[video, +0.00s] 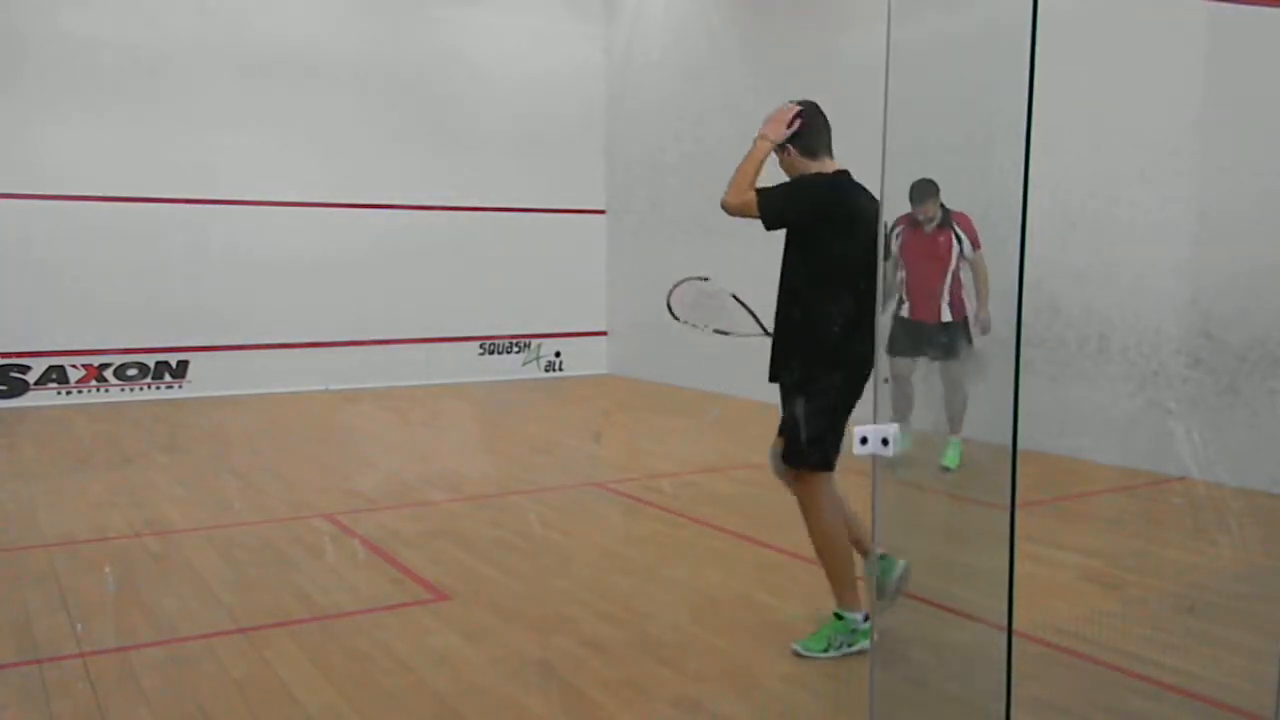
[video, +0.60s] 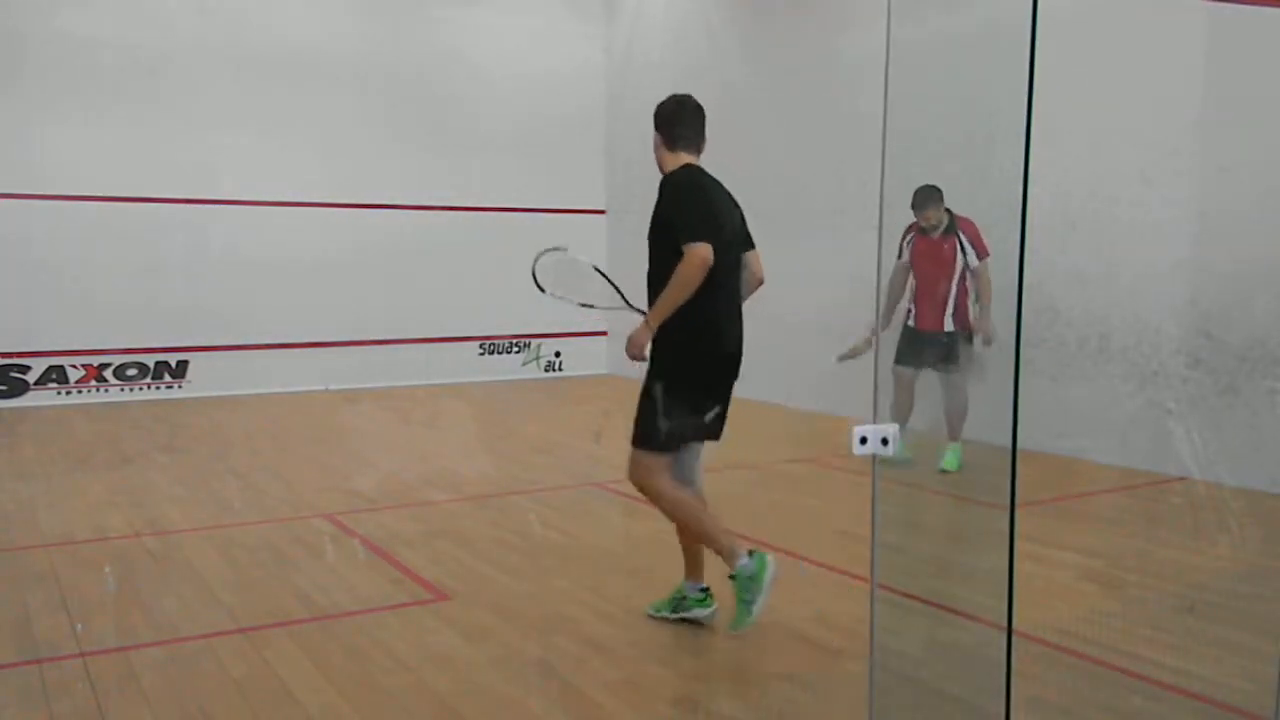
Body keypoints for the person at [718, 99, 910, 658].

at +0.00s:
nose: (780, 167)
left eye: (780, 156)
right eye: (779, 157)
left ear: (791, 149)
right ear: (826, 144)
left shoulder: (814, 196)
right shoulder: (860, 198)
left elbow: (736, 200)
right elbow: (859, 289)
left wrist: (763, 141)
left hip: (816, 364)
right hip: (845, 359)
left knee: (812, 481)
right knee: (790, 463)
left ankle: (853, 618)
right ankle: (877, 558)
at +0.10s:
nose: (764, 161)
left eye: (763, 150)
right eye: (764, 150)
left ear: (769, 145)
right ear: (813, 140)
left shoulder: (789, 192)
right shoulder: (846, 199)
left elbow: (718, 212)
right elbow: (865, 283)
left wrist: (734, 154)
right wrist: (828, 326)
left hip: (805, 364)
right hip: (820, 361)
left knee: (815, 481)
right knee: (759, 451)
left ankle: (853, 616)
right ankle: (815, 569)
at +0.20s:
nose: (749, 150)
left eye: (747, 142)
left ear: (749, 143)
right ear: (798, 139)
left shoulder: (767, 193)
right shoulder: (825, 198)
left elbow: (708, 233)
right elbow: (853, 276)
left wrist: (699, 184)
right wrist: (815, 321)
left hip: (791, 365)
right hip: (791, 362)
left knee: (818, 485)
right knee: (750, 464)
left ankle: (853, 616)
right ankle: (745, 584)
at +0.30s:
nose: (724, 155)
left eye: (723, 147)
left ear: (724, 150)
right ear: (775, 149)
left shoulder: (743, 200)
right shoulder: (800, 205)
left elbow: (710, 257)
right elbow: (832, 285)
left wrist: (672, 228)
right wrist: (791, 325)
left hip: (766, 370)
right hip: (788, 368)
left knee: (805, 486)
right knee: (730, 465)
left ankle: (853, 616)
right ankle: (701, 583)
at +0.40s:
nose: (696, 161)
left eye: (695, 153)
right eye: (703, 153)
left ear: (699, 156)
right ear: (747, 157)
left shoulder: (721, 204)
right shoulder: (769, 211)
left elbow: (719, 271)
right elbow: (803, 289)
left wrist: (654, 280)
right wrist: (762, 333)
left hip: (746, 376)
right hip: (749, 374)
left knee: (775, 496)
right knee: (694, 462)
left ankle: (847, 609)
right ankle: (698, 596)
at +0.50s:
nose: (671, 164)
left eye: (671, 156)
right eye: (682, 157)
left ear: (676, 159)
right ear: (722, 159)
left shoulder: (698, 208)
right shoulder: (740, 214)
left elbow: (712, 280)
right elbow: (773, 296)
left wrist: (651, 332)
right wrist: (722, 336)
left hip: (709, 377)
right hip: (723, 375)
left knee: (704, 498)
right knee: (671, 472)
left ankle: (810, 586)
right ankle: (695, 595)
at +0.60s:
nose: (653, 146)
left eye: (654, 138)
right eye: (658, 138)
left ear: (658, 140)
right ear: (703, 142)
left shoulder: (677, 189)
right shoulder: (719, 194)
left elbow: (697, 258)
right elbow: (753, 274)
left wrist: (650, 323)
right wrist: (702, 311)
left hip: (683, 350)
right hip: (717, 351)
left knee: (646, 471)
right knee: (683, 468)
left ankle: (742, 559)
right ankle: (694, 587)